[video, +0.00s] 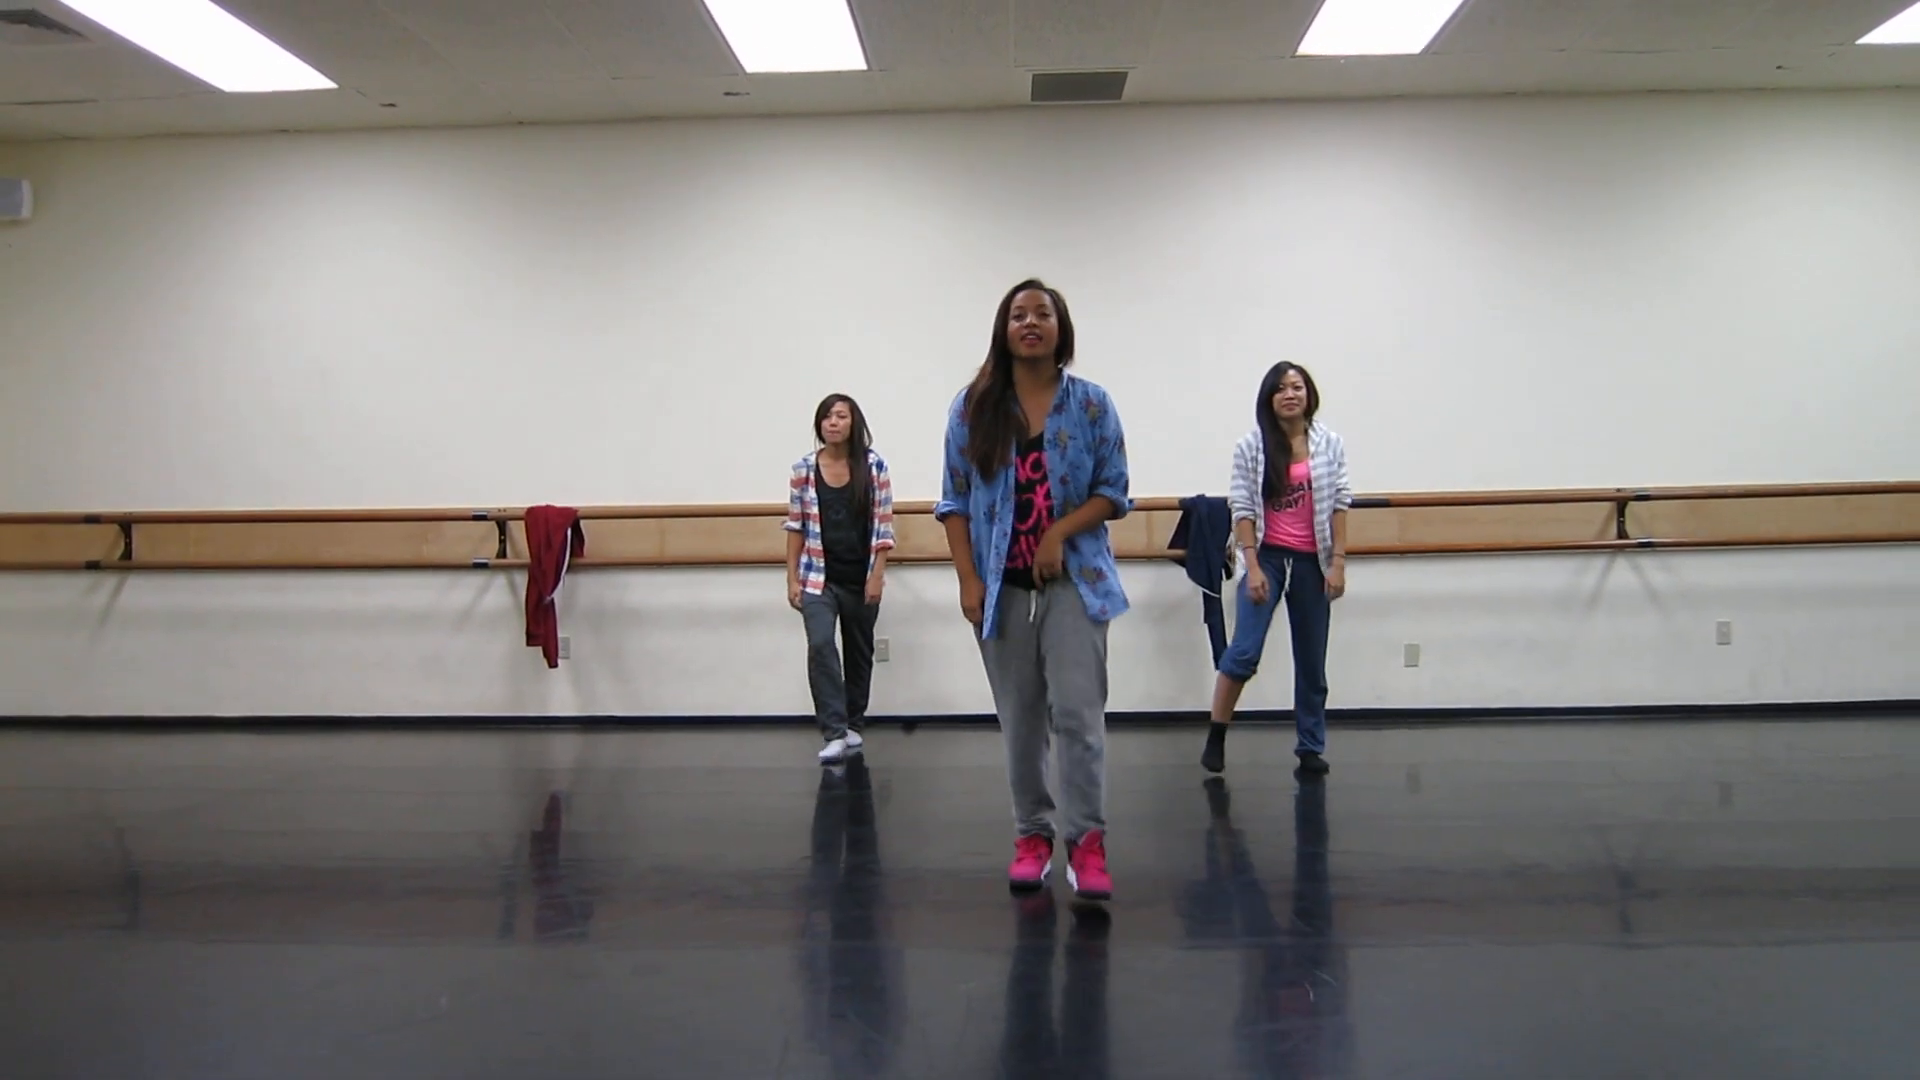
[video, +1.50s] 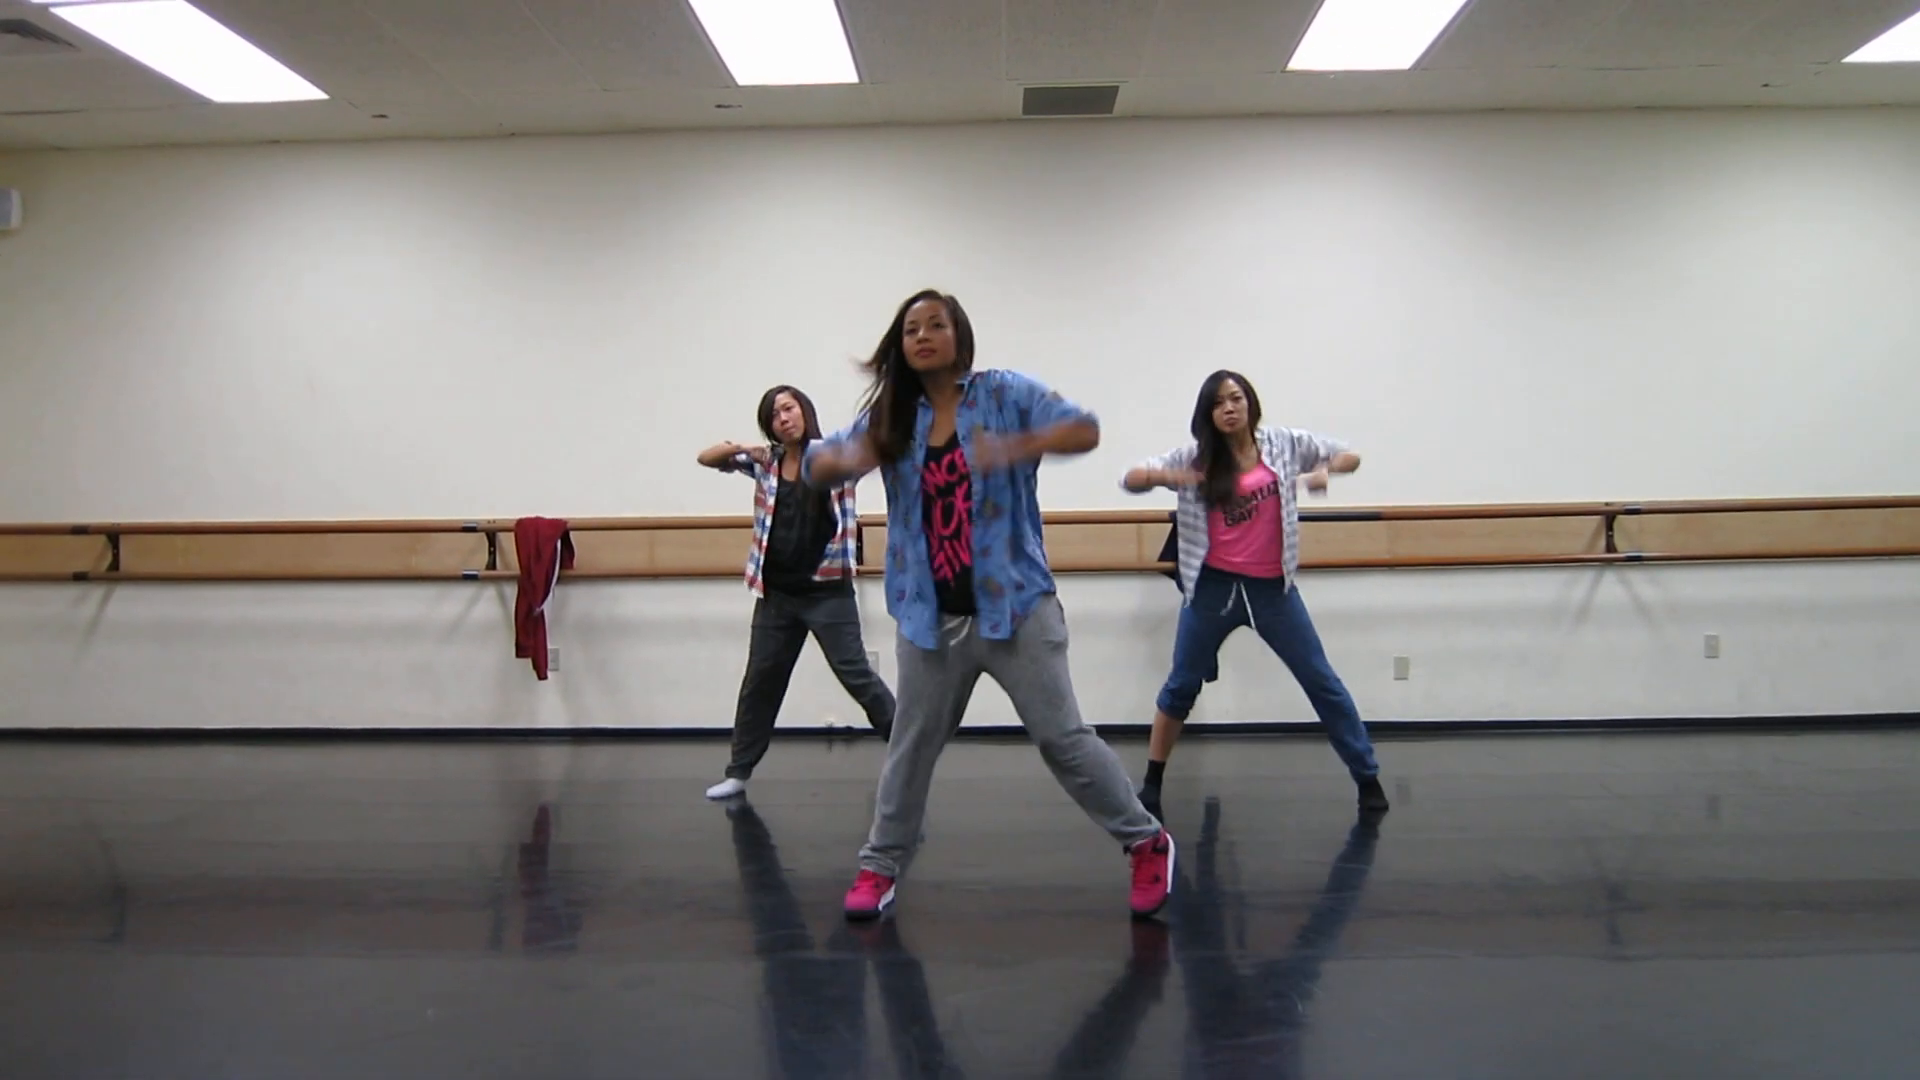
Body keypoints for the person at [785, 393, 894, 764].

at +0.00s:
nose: (834, 422)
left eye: (842, 416)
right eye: (828, 416)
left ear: (854, 424)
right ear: (819, 424)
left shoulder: (873, 465)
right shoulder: (803, 469)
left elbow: (884, 524)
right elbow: (795, 527)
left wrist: (877, 573)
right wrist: (793, 578)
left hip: (861, 580)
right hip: (817, 578)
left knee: (858, 655)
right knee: (820, 647)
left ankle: (853, 724)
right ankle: (834, 733)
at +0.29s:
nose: (829, 413)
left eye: (838, 407)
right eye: (824, 407)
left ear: (851, 416)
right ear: (814, 414)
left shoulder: (868, 461)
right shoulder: (796, 461)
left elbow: (877, 520)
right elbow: (786, 519)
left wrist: (872, 570)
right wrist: (783, 569)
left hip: (854, 580)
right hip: (810, 580)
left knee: (855, 659)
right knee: (818, 662)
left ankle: (853, 722)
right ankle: (832, 743)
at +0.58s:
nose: (828, 411)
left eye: (837, 406)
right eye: (822, 405)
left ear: (849, 417)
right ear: (812, 413)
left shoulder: (865, 463)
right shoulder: (792, 461)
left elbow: (878, 522)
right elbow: (779, 522)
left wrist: (880, 574)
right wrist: (779, 571)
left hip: (852, 584)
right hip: (805, 587)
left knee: (852, 654)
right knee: (812, 670)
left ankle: (854, 738)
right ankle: (829, 747)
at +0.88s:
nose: (821, 419)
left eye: (827, 412)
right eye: (813, 415)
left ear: (842, 421)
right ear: (804, 429)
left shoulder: (867, 470)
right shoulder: (791, 474)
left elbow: (913, 507)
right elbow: (749, 515)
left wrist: (915, 462)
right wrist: (756, 467)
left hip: (854, 596)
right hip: (802, 597)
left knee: (850, 676)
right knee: (812, 681)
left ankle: (847, 768)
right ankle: (838, 691)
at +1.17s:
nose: (806, 399)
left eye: (812, 392)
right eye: (797, 396)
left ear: (828, 399)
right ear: (790, 409)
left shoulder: (848, 443)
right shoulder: (785, 443)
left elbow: (811, 481)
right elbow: (780, 463)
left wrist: (760, 495)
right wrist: (803, 451)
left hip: (842, 577)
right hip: (791, 571)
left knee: (850, 662)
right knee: (762, 640)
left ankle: (852, 759)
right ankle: (771, 731)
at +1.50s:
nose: (783, 416)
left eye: (789, 407)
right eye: (775, 413)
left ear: (807, 411)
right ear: (771, 426)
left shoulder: (834, 453)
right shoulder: (763, 462)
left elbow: (875, 443)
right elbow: (706, 458)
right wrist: (740, 448)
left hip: (829, 593)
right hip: (776, 594)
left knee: (857, 677)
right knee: (759, 683)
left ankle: (909, 751)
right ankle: (738, 774)